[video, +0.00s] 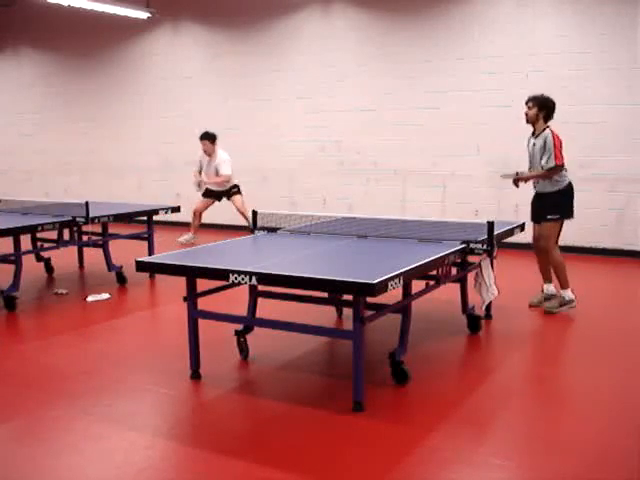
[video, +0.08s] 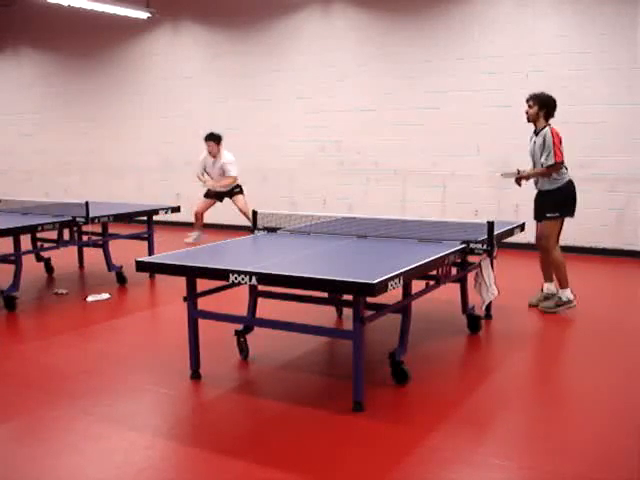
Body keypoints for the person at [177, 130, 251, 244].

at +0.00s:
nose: (203, 148)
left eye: (205, 144)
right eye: (202, 145)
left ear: (213, 144)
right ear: (202, 145)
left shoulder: (222, 157)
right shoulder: (203, 157)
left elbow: (226, 178)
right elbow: (198, 171)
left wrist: (206, 182)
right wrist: (198, 180)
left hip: (229, 188)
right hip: (213, 189)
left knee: (240, 208)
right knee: (197, 211)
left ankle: (255, 228)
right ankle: (193, 234)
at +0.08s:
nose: (208, 149)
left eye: (210, 146)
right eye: (207, 146)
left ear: (218, 145)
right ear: (206, 146)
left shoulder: (227, 158)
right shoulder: (205, 158)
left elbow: (232, 178)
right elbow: (200, 173)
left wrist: (216, 184)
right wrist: (207, 181)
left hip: (232, 187)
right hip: (216, 188)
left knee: (242, 208)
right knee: (198, 212)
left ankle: (258, 227)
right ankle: (197, 233)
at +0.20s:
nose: (232, 156)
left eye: (234, 153)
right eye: (230, 153)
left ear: (239, 153)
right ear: (227, 153)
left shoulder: (246, 164)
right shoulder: (222, 165)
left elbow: (252, 179)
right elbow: (211, 181)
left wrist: (255, 196)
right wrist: (224, 188)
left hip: (241, 194)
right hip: (224, 196)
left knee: (253, 211)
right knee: (209, 219)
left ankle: (262, 231)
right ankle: (204, 236)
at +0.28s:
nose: (245, 156)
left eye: (247, 153)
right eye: (243, 154)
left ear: (251, 153)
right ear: (239, 153)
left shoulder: (256, 163)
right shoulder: (233, 165)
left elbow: (264, 176)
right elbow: (218, 180)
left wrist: (278, 190)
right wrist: (227, 188)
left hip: (249, 195)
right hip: (232, 197)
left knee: (263, 211)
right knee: (213, 221)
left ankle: (270, 234)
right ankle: (202, 234)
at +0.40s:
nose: (256, 150)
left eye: (257, 147)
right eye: (253, 148)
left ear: (260, 146)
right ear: (247, 147)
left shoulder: (265, 154)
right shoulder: (241, 156)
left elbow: (278, 158)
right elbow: (228, 170)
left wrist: (272, 147)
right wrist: (238, 170)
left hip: (258, 190)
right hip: (241, 191)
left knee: (270, 210)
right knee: (223, 218)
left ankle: (273, 234)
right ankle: (214, 231)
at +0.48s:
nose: (256, 148)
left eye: (258, 145)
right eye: (253, 146)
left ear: (261, 144)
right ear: (249, 145)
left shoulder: (268, 151)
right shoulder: (244, 154)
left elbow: (279, 142)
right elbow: (225, 159)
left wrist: (263, 133)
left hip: (262, 190)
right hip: (244, 191)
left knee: (276, 208)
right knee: (227, 217)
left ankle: (279, 232)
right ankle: (221, 231)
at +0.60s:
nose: (250, 146)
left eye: (253, 143)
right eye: (248, 143)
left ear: (258, 143)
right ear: (246, 144)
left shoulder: (269, 154)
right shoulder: (244, 158)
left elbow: (290, 153)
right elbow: (228, 162)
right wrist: (219, 155)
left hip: (269, 193)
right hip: (252, 195)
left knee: (275, 213)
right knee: (236, 221)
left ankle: (287, 230)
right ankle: (233, 235)